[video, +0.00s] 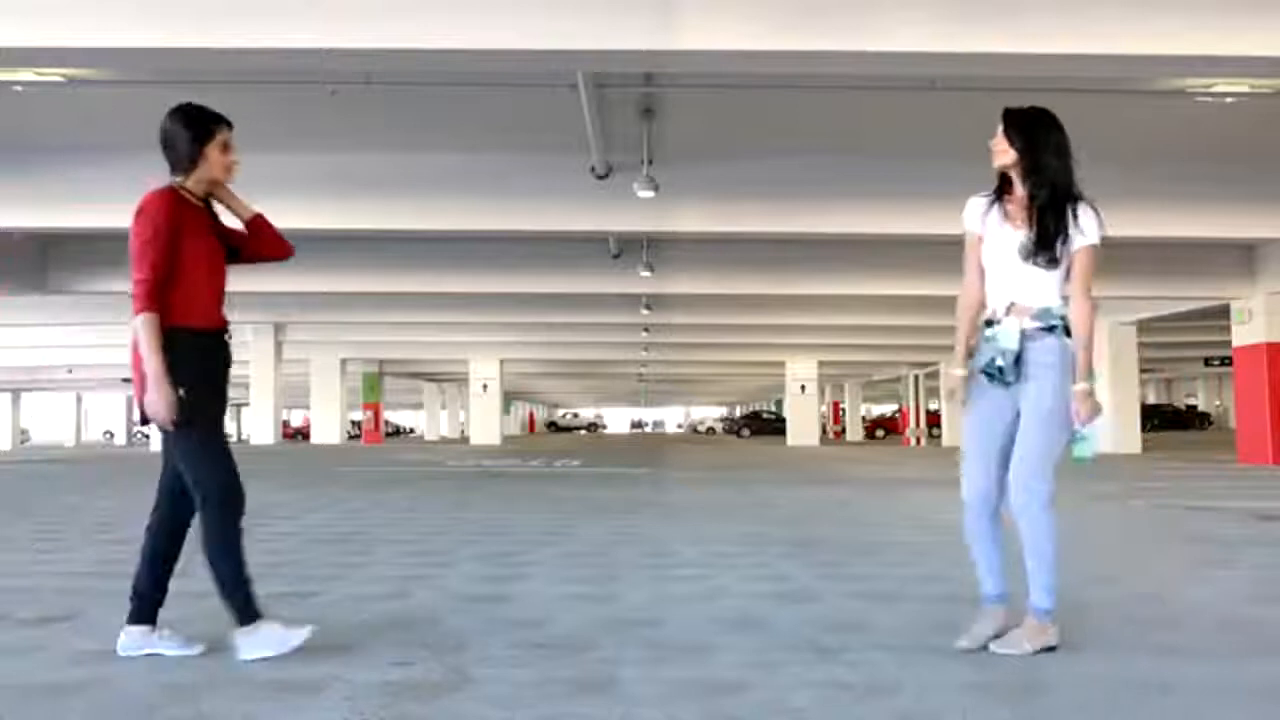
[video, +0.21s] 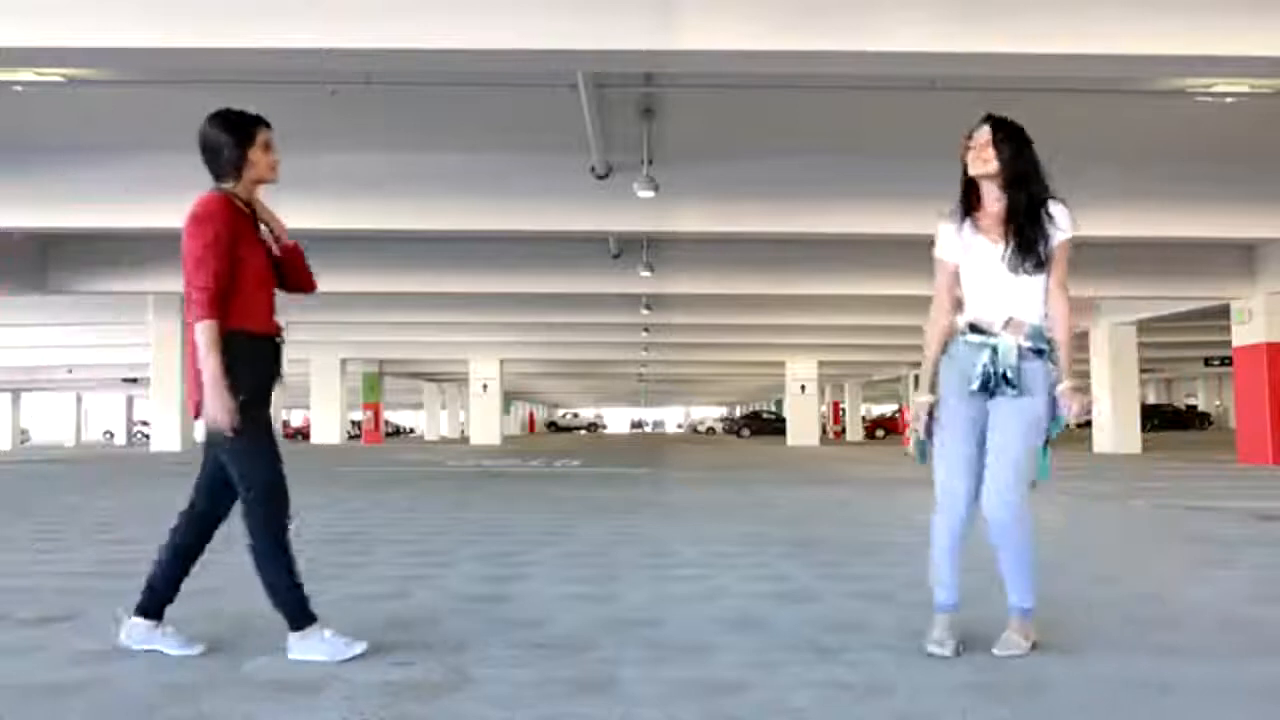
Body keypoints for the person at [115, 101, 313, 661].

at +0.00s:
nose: (234, 158)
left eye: (232, 147)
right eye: (226, 147)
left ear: (206, 154)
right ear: (196, 152)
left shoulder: (208, 224)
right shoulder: (159, 209)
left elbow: (277, 249)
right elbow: (144, 297)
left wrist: (231, 199)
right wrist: (156, 380)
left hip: (208, 358)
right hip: (175, 358)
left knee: (176, 499)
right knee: (220, 492)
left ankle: (140, 626)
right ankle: (250, 627)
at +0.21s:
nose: (275, 157)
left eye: (272, 147)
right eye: (266, 148)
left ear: (241, 159)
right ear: (239, 156)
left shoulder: (248, 220)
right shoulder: (211, 212)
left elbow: (302, 283)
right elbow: (203, 305)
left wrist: (275, 225)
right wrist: (214, 387)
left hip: (258, 362)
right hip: (230, 364)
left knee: (210, 500)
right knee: (265, 496)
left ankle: (144, 618)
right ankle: (303, 630)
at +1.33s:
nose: (473, 143)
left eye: (471, 135)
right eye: (460, 137)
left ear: (463, 150)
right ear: (429, 152)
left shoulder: (472, 219)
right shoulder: (409, 197)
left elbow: (515, 283)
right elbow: (427, 211)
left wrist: (576, 327)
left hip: (462, 356)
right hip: (411, 354)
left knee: (464, 493)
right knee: (452, 486)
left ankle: (458, 625)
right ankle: (381, 591)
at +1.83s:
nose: (432, 126)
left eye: (442, 119)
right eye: (422, 123)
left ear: (465, 140)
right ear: (414, 147)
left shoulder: (488, 212)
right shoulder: (393, 203)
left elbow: (462, 295)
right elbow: (386, 284)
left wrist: (396, 315)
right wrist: (399, 360)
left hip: (455, 352)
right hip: (394, 348)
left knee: (457, 491)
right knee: (371, 483)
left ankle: (458, 624)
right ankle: (345, 607)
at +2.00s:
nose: (397, 130)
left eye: (410, 122)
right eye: (393, 123)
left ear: (437, 141)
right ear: (387, 141)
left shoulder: (456, 216)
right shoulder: (363, 206)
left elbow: (446, 306)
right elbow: (339, 285)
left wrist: (417, 388)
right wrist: (319, 361)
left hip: (426, 361)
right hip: (362, 355)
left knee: (442, 495)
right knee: (337, 489)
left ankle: (456, 625)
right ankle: (306, 617)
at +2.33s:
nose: (349, 140)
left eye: (363, 136)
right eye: (344, 130)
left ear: (377, 158)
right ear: (328, 142)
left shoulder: (389, 216)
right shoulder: (291, 209)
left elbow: (459, 268)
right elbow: (246, 263)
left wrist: (457, 331)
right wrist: (214, 326)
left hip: (358, 360)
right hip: (292, 360)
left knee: (384, 492)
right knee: (297, 497)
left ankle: (424, 620)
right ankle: (299, 623)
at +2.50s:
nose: (347, 143)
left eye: (356, 140)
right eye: (338, 133)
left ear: (362, 161)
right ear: (312, 145)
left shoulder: (375, 213)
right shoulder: (273, 202)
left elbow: (443, 261)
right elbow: (209, 237)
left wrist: (416, 318)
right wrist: (217, 296)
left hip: (355, 358)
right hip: (288, 358)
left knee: (367, 493)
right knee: (294, 498)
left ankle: (373, 621)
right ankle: (298, 624)